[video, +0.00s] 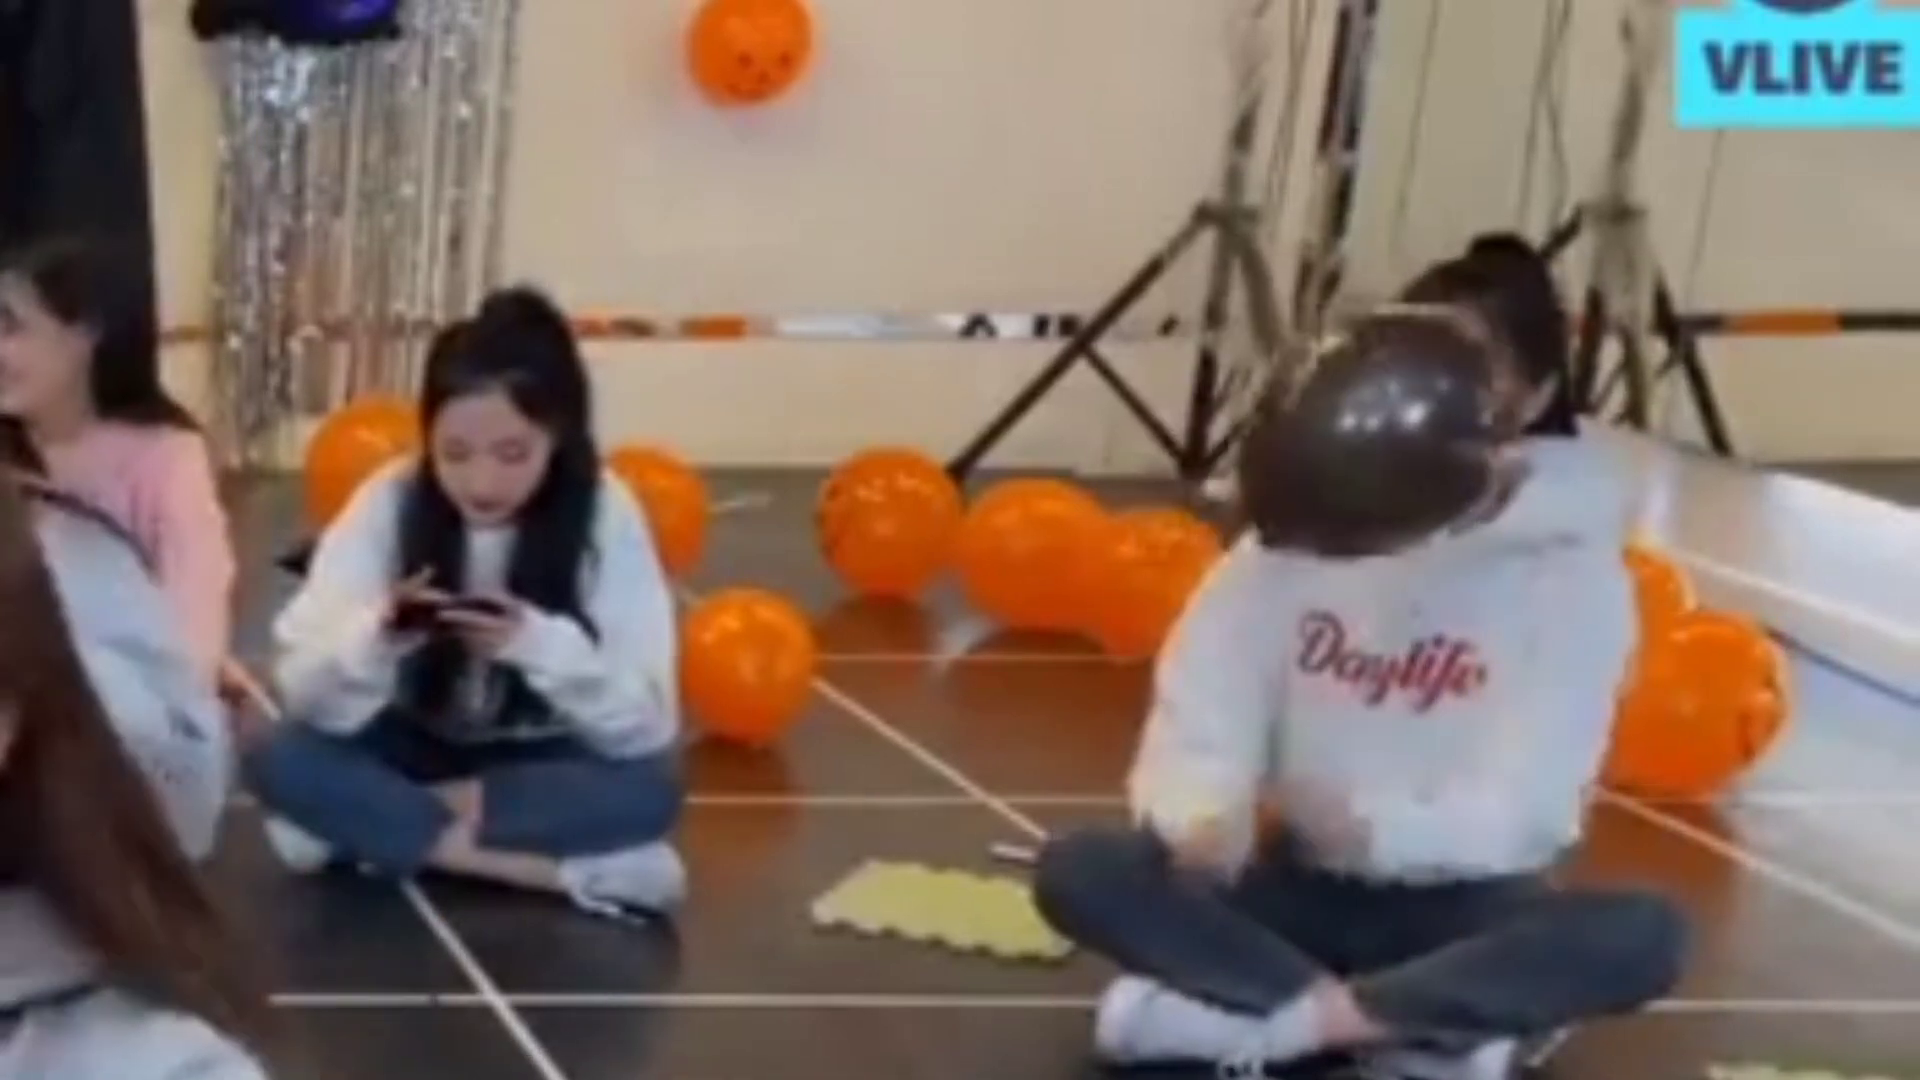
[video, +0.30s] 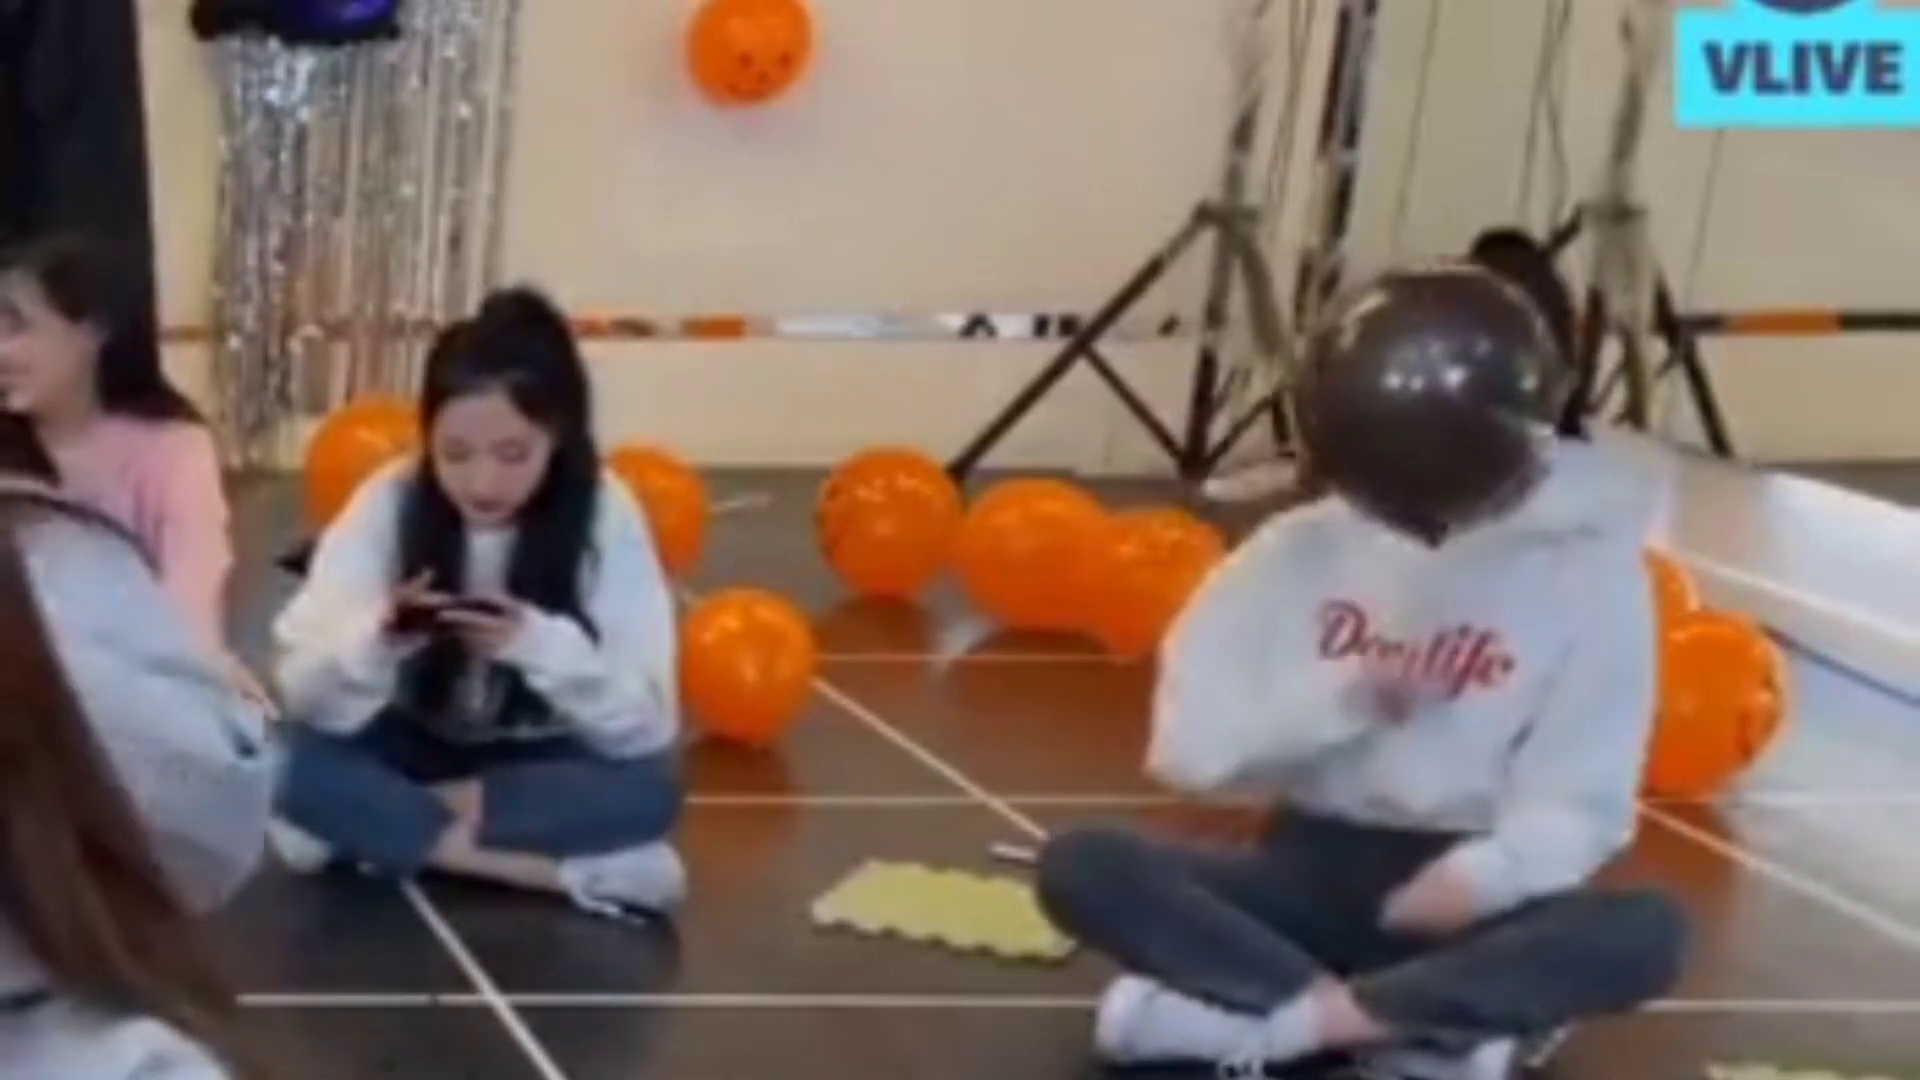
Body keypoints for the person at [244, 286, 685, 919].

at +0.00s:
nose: (481, 483)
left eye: (512, 457)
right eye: (456, 455)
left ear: (559, 442)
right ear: (426, 438)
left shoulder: (603, 514)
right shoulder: (389, 502)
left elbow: (646, 724)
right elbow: (306, 699)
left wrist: (533, 644)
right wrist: (382, 637)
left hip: (544, 744)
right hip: (408, 736)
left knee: (649, 792)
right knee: (279, 758)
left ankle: (364, 838)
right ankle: (549, 877)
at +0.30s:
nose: (483, 484)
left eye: (513, 456)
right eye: (456, 455)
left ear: (559, 441)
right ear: (427, 439)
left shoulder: (605, 515)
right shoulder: (390, 501)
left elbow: (647, 724)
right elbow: (303, 697)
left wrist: (534, 645)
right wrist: (383, 641)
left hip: (542, 745)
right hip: (406, 737)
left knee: (648, 791)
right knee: (290, 767)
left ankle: (371, 837)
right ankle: (550, 877)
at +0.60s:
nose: (483, 485)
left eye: (512, 458)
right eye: (457, 456)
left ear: (559, 444)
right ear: (428, 440)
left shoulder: (605, 511)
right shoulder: (389, 501)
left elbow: (645, 724)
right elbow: (303, 698)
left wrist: (533, 644)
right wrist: (385, 645)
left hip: (544, 746)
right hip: (407, 740)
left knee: (647, 790)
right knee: (291, 769)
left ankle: (370, 838)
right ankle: (551, 877)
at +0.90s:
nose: (482, 486)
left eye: (512, 459)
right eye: (457, 457)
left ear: (558, 445)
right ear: (426, 440)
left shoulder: (604, 513)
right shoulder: (388, 504)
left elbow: (644, 724)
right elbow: (306, 699)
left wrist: (529, 643)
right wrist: (385, 645)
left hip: (543, 745)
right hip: (410, 740)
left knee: (646, 790)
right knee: (277, 762)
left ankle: (368, 838)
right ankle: (550, 878)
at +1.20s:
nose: (482, 487)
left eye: (512, 459)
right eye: (457, 458)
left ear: (559, 445)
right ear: (426, 441)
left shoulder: (603, 513)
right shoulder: (388, 502)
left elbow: (644, 724)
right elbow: (305, 699)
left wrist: (527, 643)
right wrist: (384, 644)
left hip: (542, 744)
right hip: (409, 739)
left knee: (647, 790)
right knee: (276, 762)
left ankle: (367, 838)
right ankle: (550, 878)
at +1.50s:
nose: (482, 487)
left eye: (512, 459)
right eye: (457, 458)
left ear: (559, 445)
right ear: (426, 440)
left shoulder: (603, 513)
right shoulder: (389, 501)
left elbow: (644, 724)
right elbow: (305, 698)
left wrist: (529, 643)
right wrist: (383, 647)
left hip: (542, 744)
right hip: (409, 739)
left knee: (647, 789)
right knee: (276, 761)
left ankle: (367, 839)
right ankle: (550, 877)